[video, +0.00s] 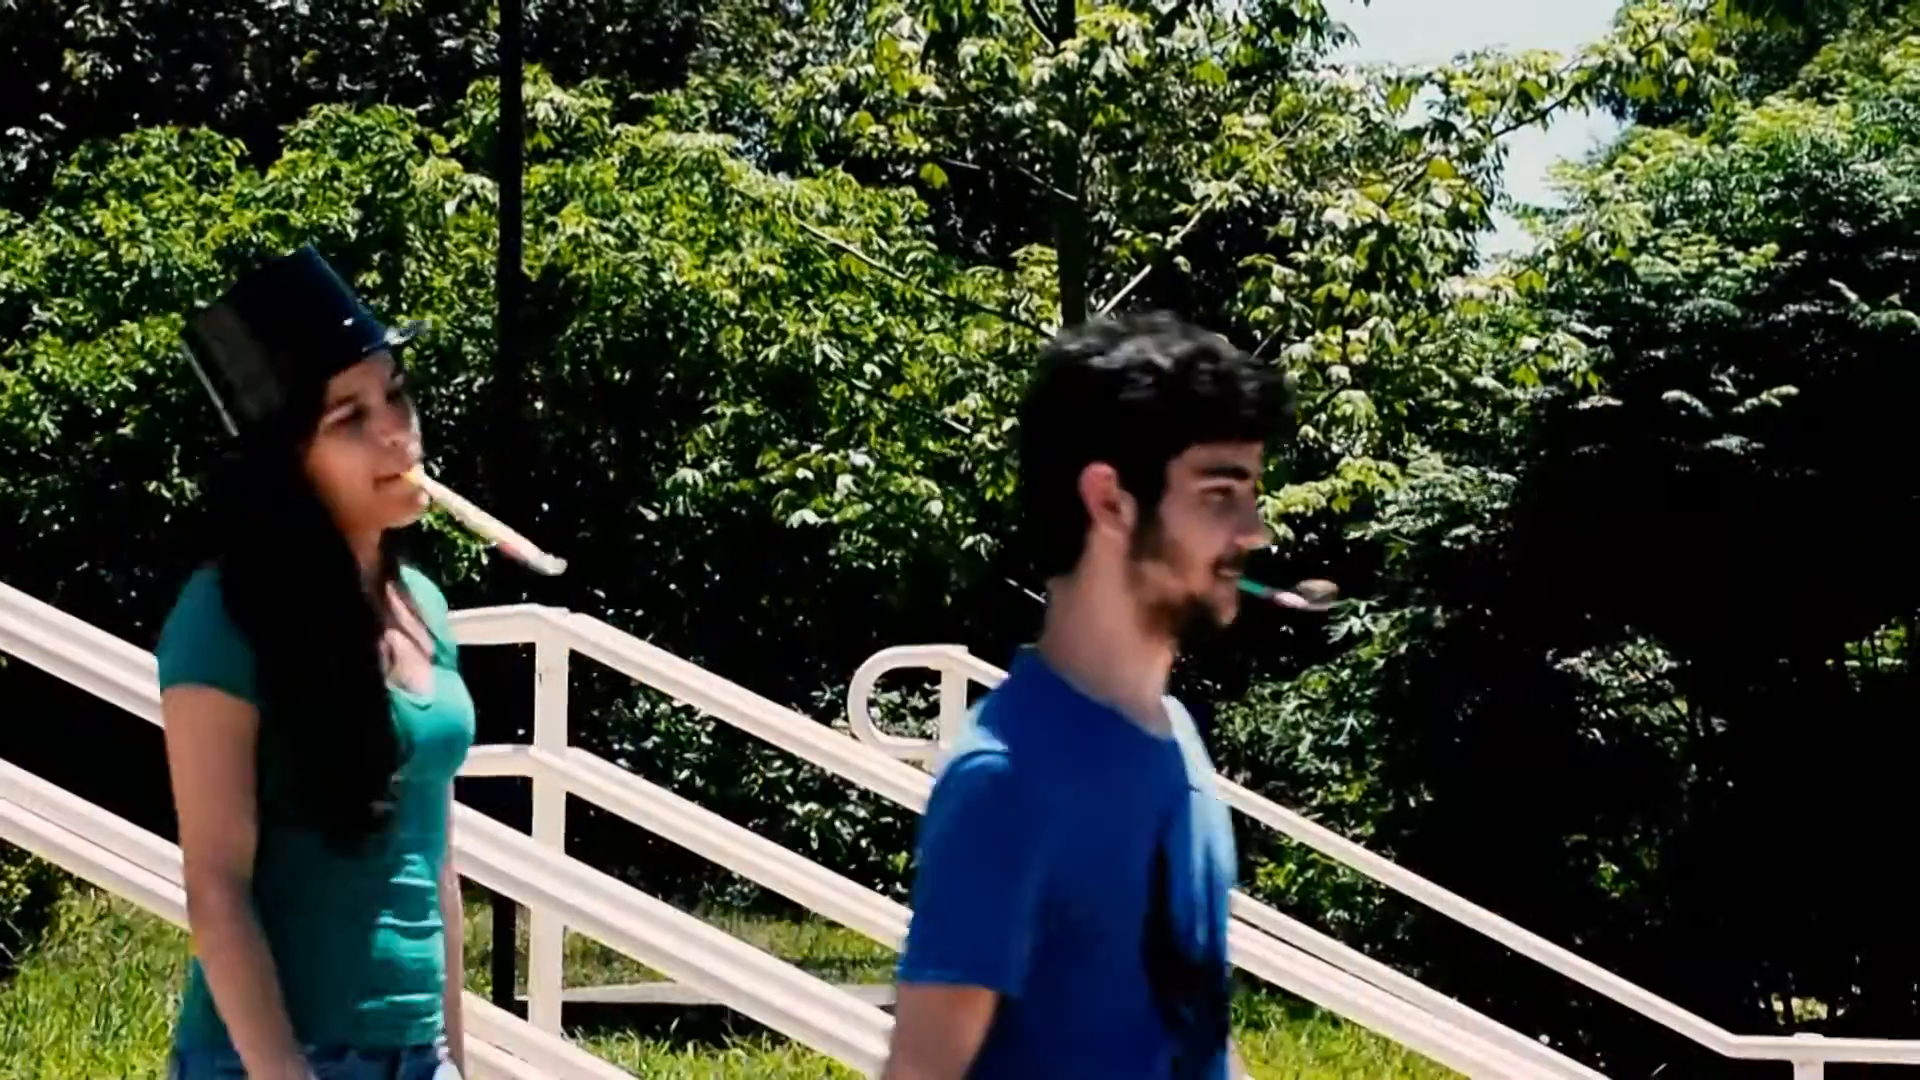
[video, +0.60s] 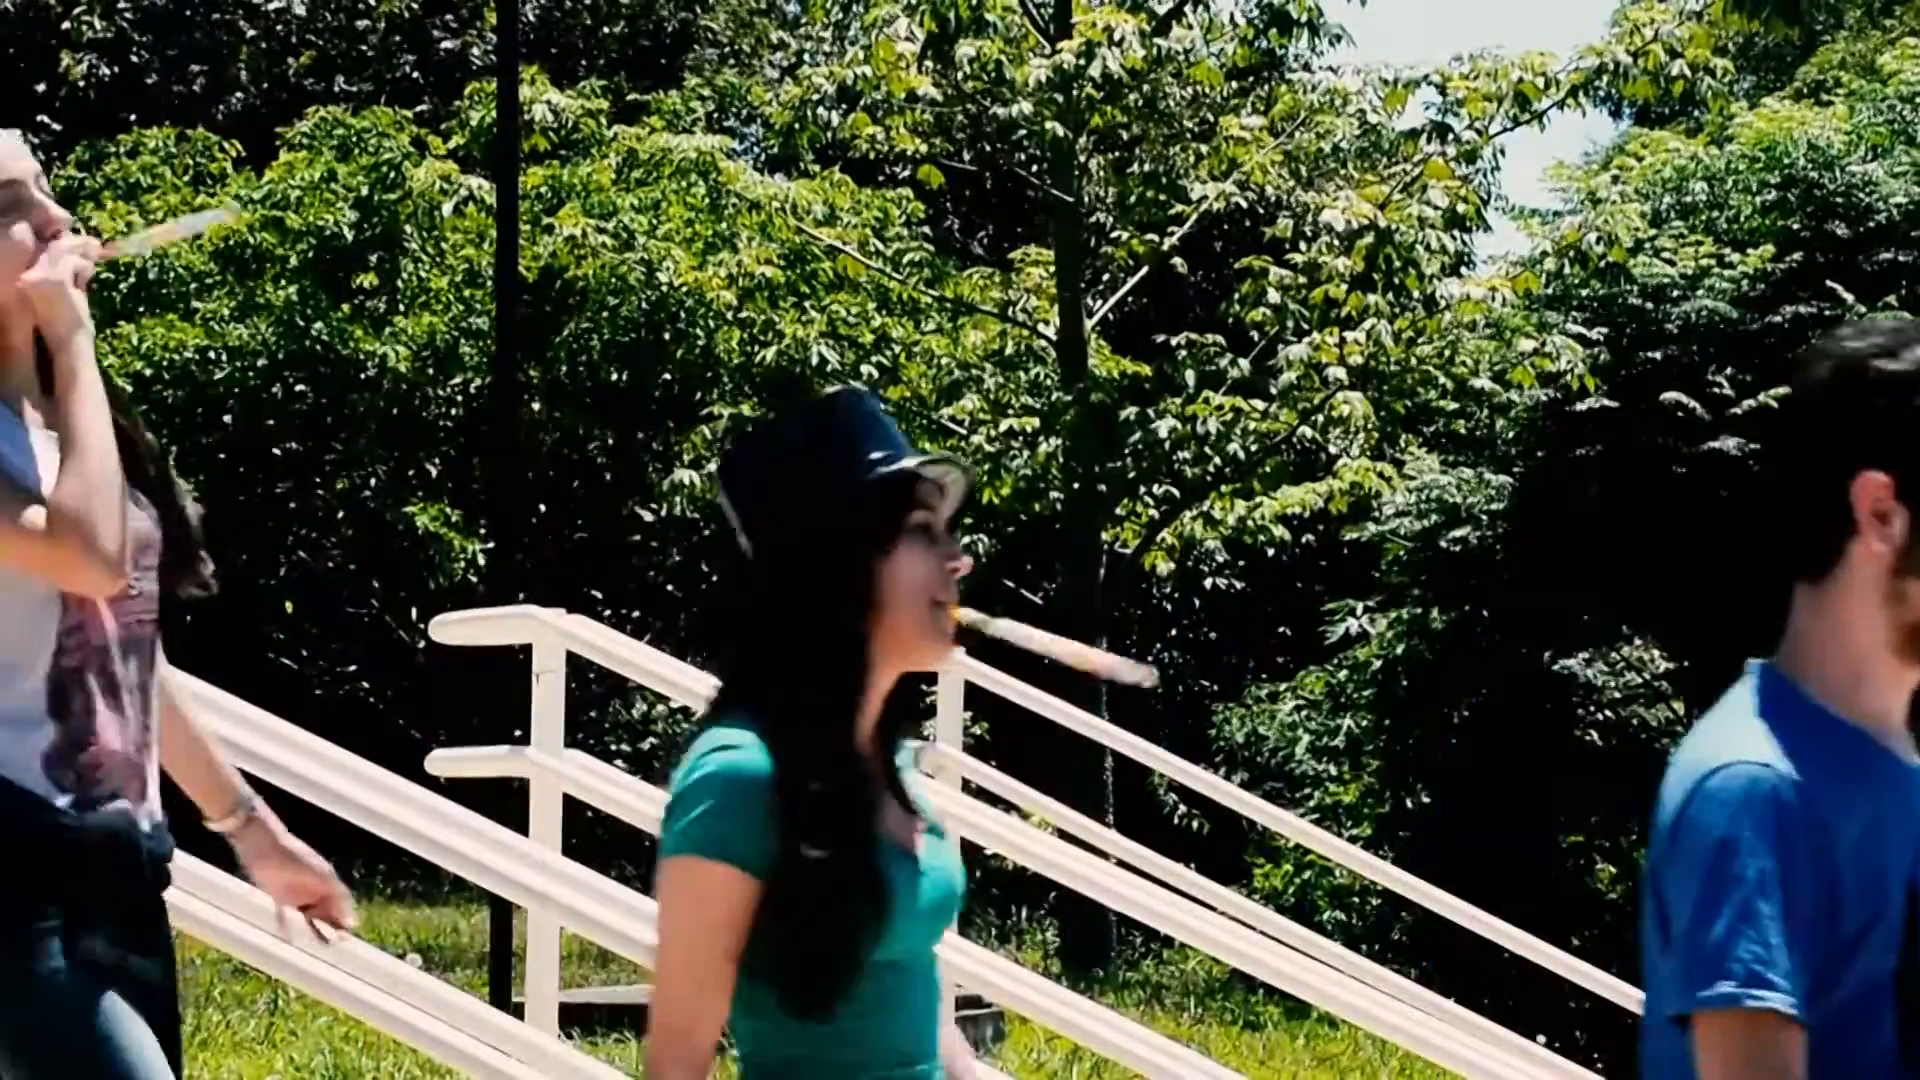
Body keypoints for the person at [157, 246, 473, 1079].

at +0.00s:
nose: (394, 435)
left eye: (395, 398)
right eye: (348, 419)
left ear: (412, 401)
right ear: (282, 457)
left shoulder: (420, 601)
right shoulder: (221, 619)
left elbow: (437, 864)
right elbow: (215, 884)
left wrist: (450, 1050)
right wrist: (279, 1068)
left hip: (415, 1047)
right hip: (277, 1047)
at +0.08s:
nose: (454, 407)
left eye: (457, 373)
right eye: (410, 387)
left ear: (469, 380)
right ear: (338, 423)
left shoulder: (474, 584)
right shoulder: (270, 606)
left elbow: (462, 828)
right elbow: (262, 870)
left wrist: (482, 1025)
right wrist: (330, 1066)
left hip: (472, 1041)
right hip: (331, 1046)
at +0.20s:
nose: (563, 422)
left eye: (567, 394)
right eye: (522, 393)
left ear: (578, 408)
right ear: (438, 419)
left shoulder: (558, 607)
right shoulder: (346, 626)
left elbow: (545, 866)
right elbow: (336, 909)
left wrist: (581, 1052)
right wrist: (388, 1073)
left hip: (565, 1049)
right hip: (417, 1052)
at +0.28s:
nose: (647, 468)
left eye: (649, 444)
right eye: (608, 439)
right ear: (518, 461)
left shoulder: (624, 656)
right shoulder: (415, 682)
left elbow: (617, 908)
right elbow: (402, 970)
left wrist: (645, 1055)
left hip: (637, 1053)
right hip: (501, 1058)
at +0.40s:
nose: (764, 551)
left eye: (759, 523)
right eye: (728, 518)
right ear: (636, 538)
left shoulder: (717, 732)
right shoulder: (532, 769)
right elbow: (511, 1059)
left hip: (735, 1063)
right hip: (608, 1066)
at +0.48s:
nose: (847, 581)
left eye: (836, 551)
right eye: (811, 547)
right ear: (723, 567)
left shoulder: (782, 772)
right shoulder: (618, 798)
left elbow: (785, 1019)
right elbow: (584, 1069)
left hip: (796, 1067)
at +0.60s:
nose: (959, 562)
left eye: (947, 533)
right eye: (924, 532)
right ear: (836, 557)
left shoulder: (886, 762)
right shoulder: (737, 777)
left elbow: (920, 1015)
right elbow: (678, 1058)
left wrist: (969, 1069)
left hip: (922, 1067)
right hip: (819, 1067)